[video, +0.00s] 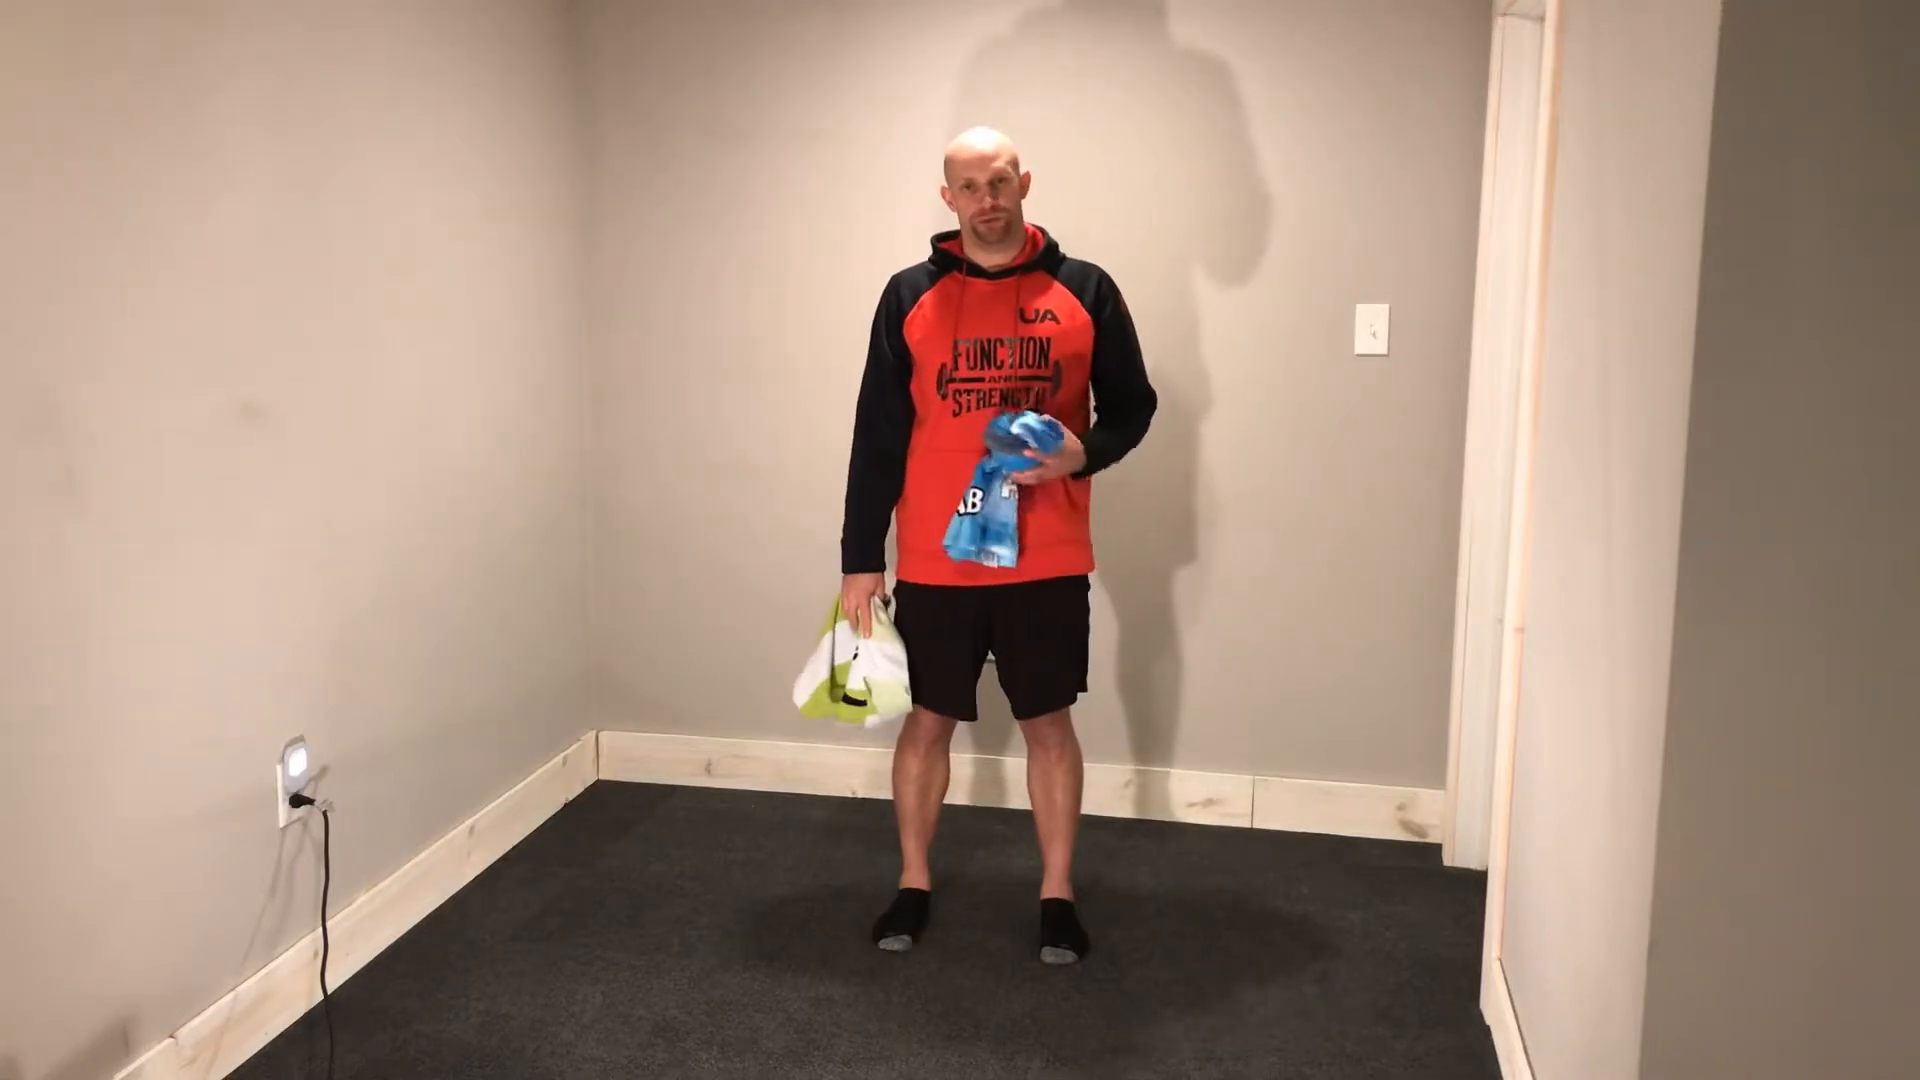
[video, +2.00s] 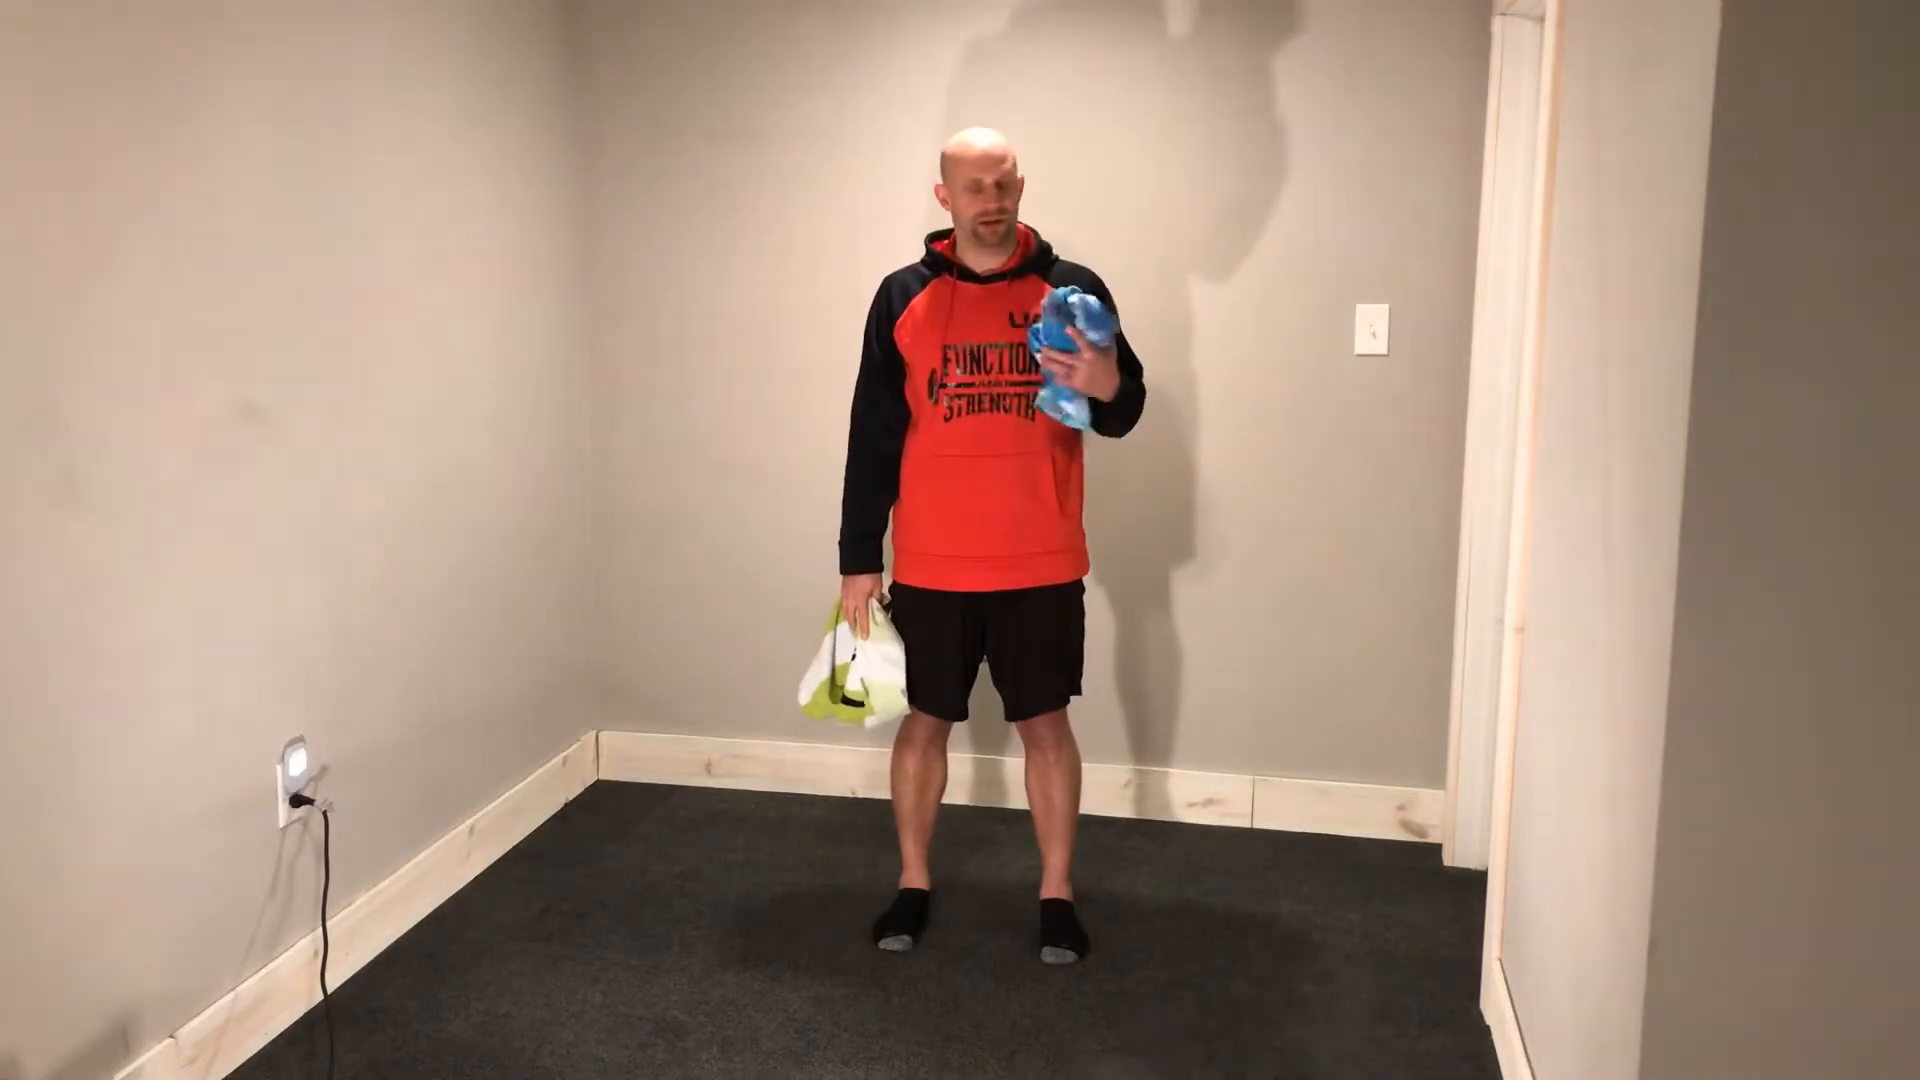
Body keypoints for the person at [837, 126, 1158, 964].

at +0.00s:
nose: (982, 201)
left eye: (996, 184)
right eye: (965, 187)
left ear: (1025, 184)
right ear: (946, 196)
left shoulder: (1085, 291)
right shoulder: (910, 297)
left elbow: (1133, 404)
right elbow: (878, 433)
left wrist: (1082, 455)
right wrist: (861, 557)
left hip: (1042, 556)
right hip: (937, 559)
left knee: (1047, 722)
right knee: (928, 721)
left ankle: (1057, 896)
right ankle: (912, 887)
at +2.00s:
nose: (993, 203)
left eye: (1006, 187)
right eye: (976, 188)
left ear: (1022, 188)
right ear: (943, 194)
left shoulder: (1072, 293)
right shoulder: (903, 297)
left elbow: (1124, 415)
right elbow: (873, 432)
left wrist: (1111, 386)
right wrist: (860, 557)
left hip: (1039, 561)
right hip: (933, 562)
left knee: (1044, 725)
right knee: (924, 723)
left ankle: (1057, 897)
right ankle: (911, 887)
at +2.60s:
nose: (984, 202)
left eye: (998, 185)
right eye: (968, 186)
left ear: (1019, 189)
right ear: (941, 194)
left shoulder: (1071, 289)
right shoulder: (904, 299)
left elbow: (1127, 400)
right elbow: (877, 439)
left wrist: (1110, 387)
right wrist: (861, 565)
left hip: (1045, 561)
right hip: (938, 564)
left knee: (1048, 725)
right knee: (926, 723)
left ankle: (1058, 897)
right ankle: (912, 889)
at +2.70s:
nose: (987, 200)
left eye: (1000, 184)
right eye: (970, 185)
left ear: (1021, 189)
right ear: (944, 194)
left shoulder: (1073, 290)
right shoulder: (906, 299)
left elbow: (1127, 400)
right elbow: (876, 439)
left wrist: (1106, 398)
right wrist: (857, 562)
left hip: (1045, 560)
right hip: (938, 563)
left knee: (1048, 725)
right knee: (926, 721)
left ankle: (1059, 897)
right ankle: (912, 888)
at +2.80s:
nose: (984, 198)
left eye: (999, 183)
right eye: (969, 184)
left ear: (1023, 189)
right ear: (946, 192)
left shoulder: (1078, 290)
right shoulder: (906, 297)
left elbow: (1123, 405)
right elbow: (875, 437)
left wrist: (1099, 414)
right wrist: (856, 559)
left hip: (1045, 560)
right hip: (939, 562)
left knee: (1048, 725)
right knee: (927, 721)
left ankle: (1058, 898)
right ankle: (912, 889)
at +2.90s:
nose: (982, 196)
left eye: (997, 181)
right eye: (967, 182)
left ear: (1026, 188)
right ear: (949, 192)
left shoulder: (1082, 292)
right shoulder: (908, 297)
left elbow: (1123, 404)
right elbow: (876, 437)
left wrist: (1094, 439)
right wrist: (855, 560)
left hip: (1046, 562)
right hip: (938, 563)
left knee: (1049, 725)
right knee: (925, 722)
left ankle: (1058, 897)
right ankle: (911, 889)